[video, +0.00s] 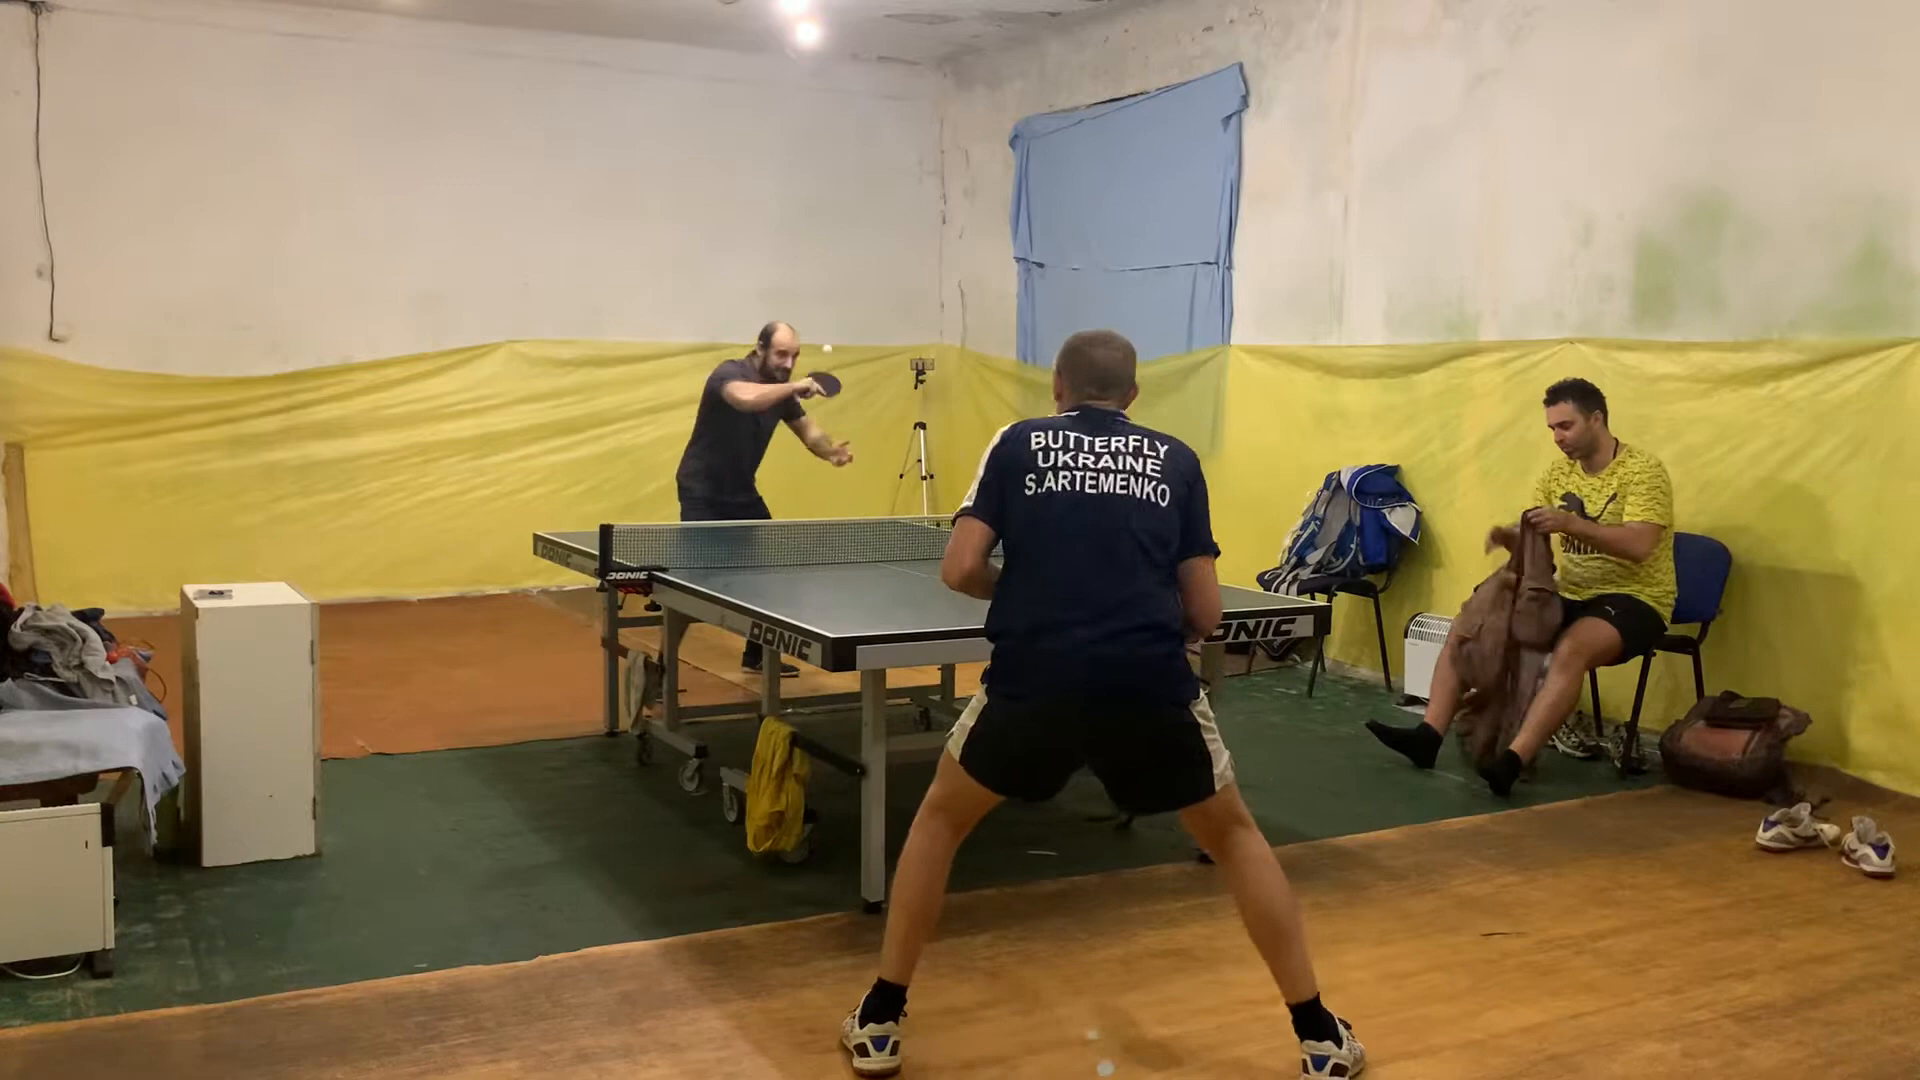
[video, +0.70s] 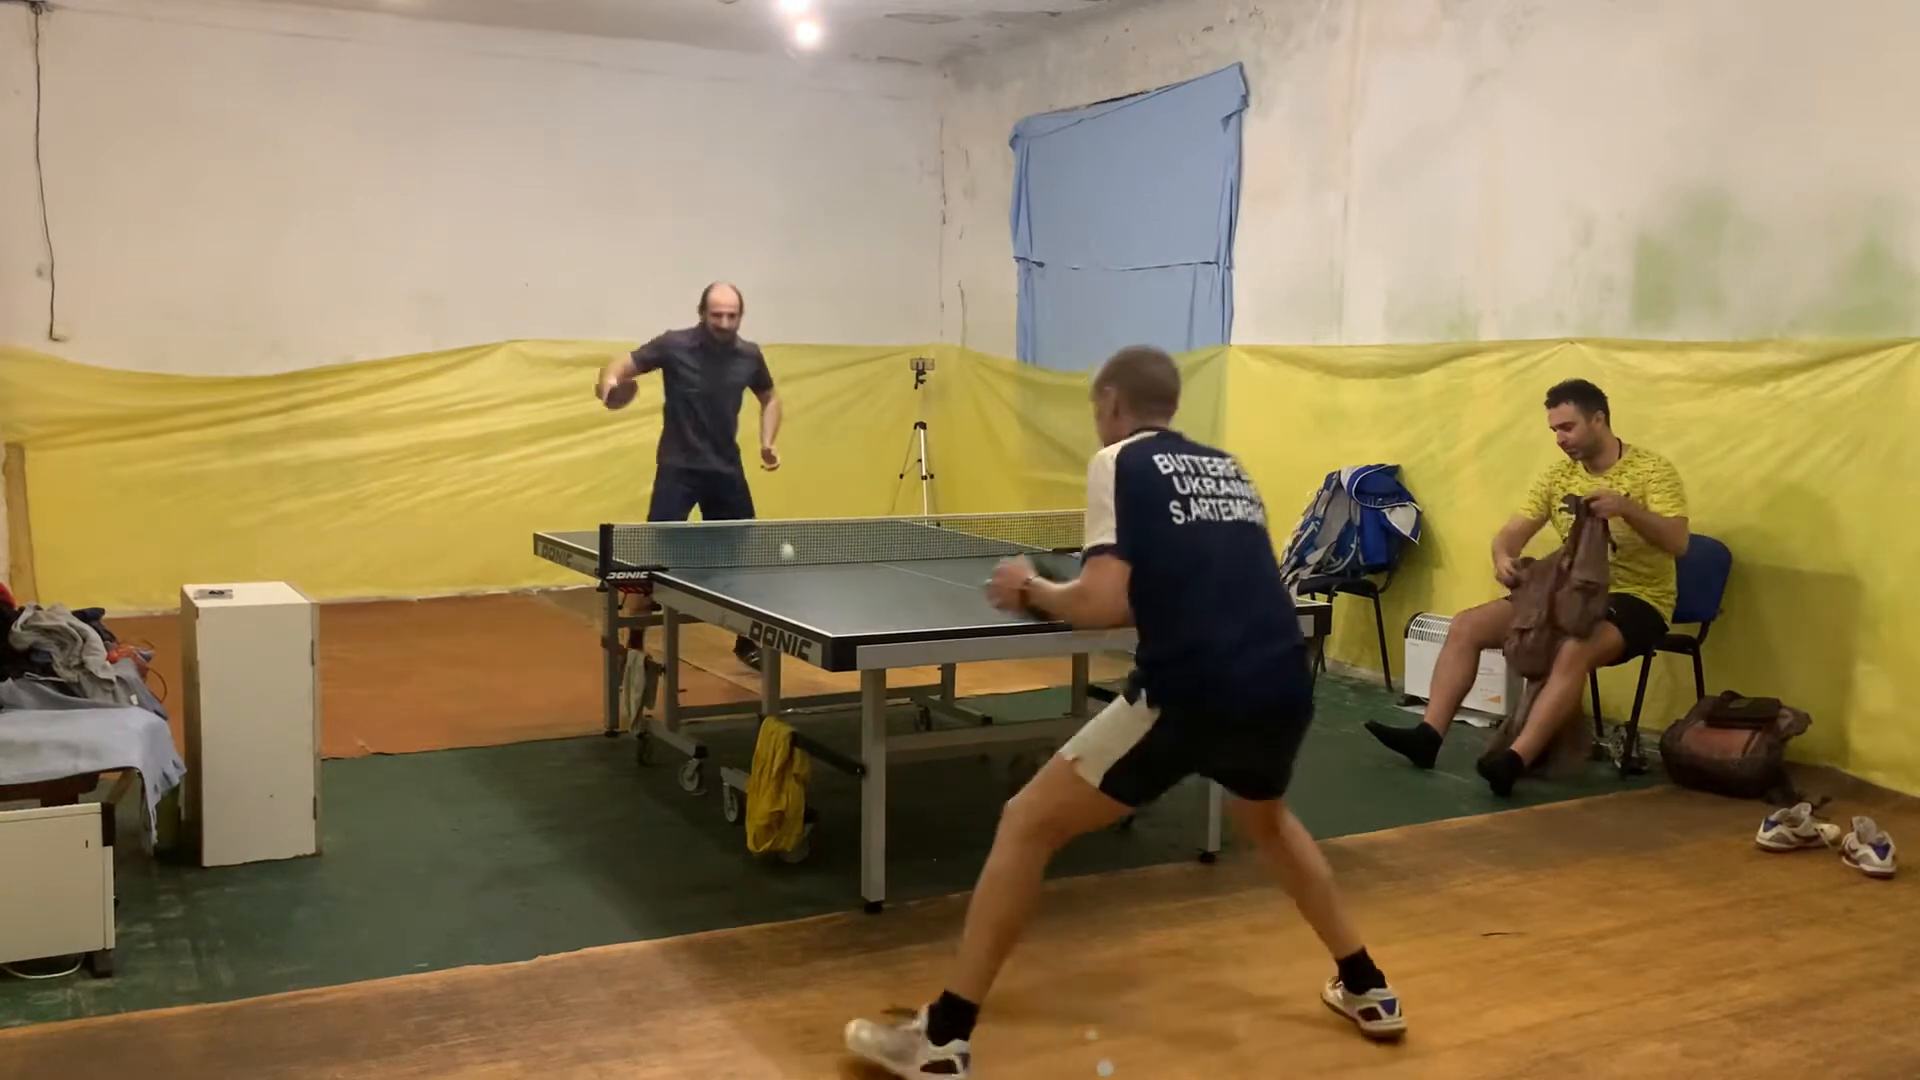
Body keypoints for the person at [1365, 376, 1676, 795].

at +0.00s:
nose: (1557, 438)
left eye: (1564, 427)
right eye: (1552, 429)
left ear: (1597, 419)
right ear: (1551, 427)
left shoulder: (1643, 471)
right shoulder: (1558, 473)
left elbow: (1640, 545)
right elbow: (1542, 545)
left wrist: (1570, 524)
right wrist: (1516, 539)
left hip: (1634, 598)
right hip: (1568, 594)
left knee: (1571, 650)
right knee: (1469, 624)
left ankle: (1513, 761)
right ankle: (1430, 734)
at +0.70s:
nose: (1560, 439)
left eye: (1567, 427)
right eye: (1555, 430)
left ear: (1599, 418)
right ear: (1556, 428)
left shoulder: (1653, 471)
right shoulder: (1560, 475)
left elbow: (1677, 542)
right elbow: (1518, 529)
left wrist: (1627, 509)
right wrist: (1502, 554)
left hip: (1639, 599)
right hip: (1571, 593)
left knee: (1573, 651)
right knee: (1466, 625)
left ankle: (1513, 760)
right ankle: (1429, 734)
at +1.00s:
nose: (1578, 426)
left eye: (1587, 416)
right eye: (1574, 416)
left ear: (1621, 416)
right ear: (1574, 417)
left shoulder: (1659, 473)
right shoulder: (1572, 466)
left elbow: (1674, 536)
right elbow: (1508, 496)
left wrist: (1613, 524)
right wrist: (1476, 510)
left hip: (1637, 600)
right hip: (1570, 592)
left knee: (1572, 653)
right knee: (1465, 625)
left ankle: (1514, 759)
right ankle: (1429, 734)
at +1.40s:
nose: (1605, 419)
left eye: (1617, 410)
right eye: (1605, 410)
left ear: (1651, 419)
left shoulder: (1672, 481)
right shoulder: (1592, 462)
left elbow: (1643, 537)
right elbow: (1522, 479)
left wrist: (1567, 531)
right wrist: (1468, 480)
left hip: (1638, 601)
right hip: (1578, 587)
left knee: (1572, 646)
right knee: (1495, 578)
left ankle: (1513, 761)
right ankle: (1476, 701)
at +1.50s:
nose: (1606, 419)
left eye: (1618, 411)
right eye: (1606, 410)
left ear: (1652, 420)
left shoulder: (1672, 481)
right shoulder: (1592, 464)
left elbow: (1640, 541)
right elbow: (1520, 487)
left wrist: (1555, 547)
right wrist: (1460, 494)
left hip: (1639, 603)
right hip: (1580, 591)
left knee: (1572, 645)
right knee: (1513, 543)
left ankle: (1512, 762)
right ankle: (1504, 654)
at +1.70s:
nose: (1606, 421)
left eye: (1617, 413)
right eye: (1605, 412)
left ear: (1651, 423)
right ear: (1605, 415)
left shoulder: (1671, 485)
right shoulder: (1597, 470)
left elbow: (1631, 561)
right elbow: (1529, 511)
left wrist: (1562, 589)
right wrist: (1469, 553)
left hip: (1644, 600)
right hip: (1593, 585)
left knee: (1573, 646)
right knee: (1523, 521)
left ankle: (1514, 760)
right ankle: (1520, 625)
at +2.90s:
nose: (1611, 420)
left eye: (1623, 412)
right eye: (1611, 412)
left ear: (1656, 422)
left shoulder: (1678, 482)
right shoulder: (1603, 473)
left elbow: (1656, 561)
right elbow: (1555, 529)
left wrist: (1581, 587)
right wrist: (1497, 574)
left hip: (1647, 601)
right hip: (1591, 584)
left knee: (1575, 645)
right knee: (1514, 528)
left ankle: (1515, 759)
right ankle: (1474, 661)